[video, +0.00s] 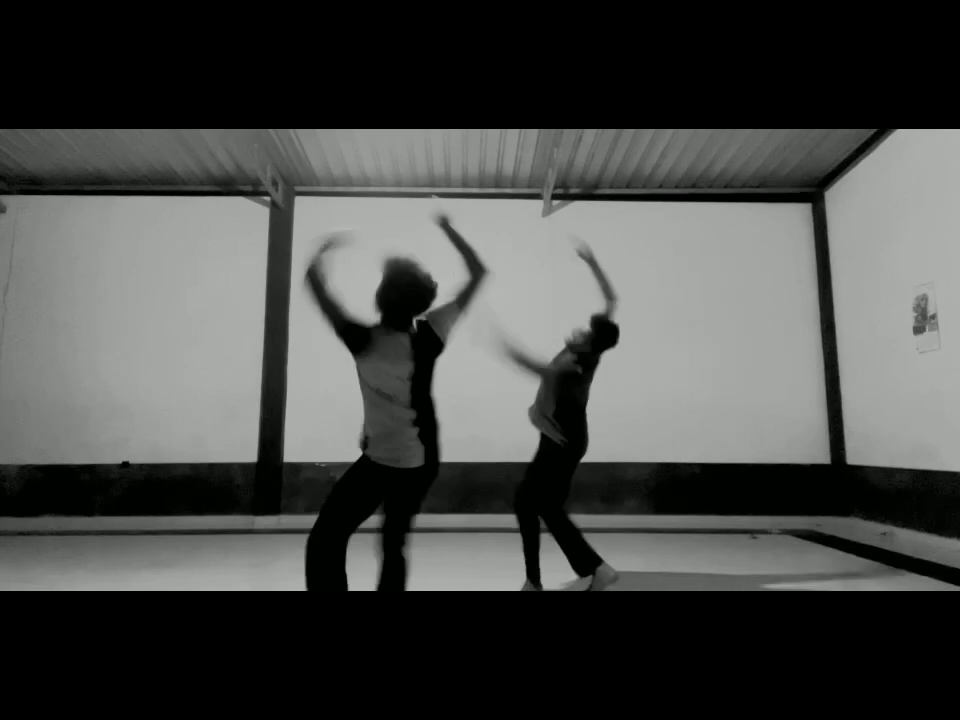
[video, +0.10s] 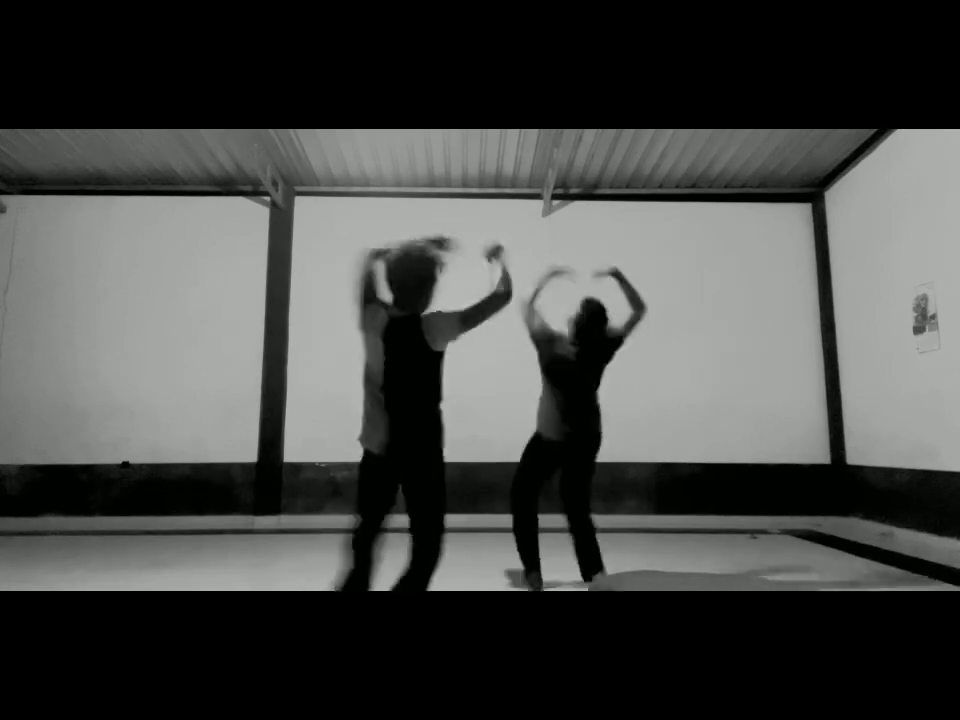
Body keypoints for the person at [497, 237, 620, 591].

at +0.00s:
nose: (578, 330)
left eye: (584, 332)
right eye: (583, 328)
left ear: (589, 344)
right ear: (593, 342)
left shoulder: (566, 367)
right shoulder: (589, 351)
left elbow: (536, 366)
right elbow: (610, 303)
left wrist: (508, 349)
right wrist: (592, 264)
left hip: (559, 444)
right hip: (567, 441)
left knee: (527, 502)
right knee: (547, 505)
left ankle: (531, 582)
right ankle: (594, 569)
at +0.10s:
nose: (574, 316)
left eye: (579, 313)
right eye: (581, 312)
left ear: (577, 323)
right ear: (602, 326)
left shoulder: (552, 348)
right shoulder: (603, 348)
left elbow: (529, 309)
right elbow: (639, 310)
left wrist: (546, 279)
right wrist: (618, 276)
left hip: (550, 439)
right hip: (585, 439)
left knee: (522, 497)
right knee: (577, 506)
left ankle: (532, 574)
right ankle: (595, 577)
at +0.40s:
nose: (602, 334)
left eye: (607, 329)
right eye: (597, 329)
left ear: (613, 332)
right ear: (587, 331)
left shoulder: (608, 366)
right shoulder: (582, 362)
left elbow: (625, 413)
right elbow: (614, 400)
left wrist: (663, 398)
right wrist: (654, 385)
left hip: (578, 439)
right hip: (556, 439)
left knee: (617, 502)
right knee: (595, 504)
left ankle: (607, 576)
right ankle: (574, 576)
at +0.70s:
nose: (607, 310)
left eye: (614, 307)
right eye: (607, 304)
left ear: (627, 316)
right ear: (604, 306)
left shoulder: (629, 352)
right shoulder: (578, 331)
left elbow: (673, 372)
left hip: (596, 425)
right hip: (558, 422)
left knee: (614, 495)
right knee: (559, 495)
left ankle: (609, 572)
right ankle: (569, 569)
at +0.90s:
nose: (599, 300)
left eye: (608, 298)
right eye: (602, 295)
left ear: (620, 311)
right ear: (601, 301)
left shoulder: (629, 343)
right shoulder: (577, 320)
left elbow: (680, 353)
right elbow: (548, 287)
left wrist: (732, 359)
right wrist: (519, 256)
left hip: (594, 427)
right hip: (559, 422)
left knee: (592, 501)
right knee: (556, 499)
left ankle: (593, 572)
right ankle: (554, 570)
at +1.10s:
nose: (597, 307)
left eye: (605, 305)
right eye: (598, 302)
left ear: (617, 314)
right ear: (595, 305)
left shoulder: (622, 347)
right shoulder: (571, 325)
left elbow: (658, 366)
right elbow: (534, 313)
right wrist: (540, 291)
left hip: (597, 424)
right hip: (562, 420)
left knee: (608, 491)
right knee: (558, 491)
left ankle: (602, 568)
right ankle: (558, 567)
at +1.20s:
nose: (603, 328)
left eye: (609, 324)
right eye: (600, 321)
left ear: (616, 329)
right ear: (592, 321)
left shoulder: (617, 363)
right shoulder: (568, 351)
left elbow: (623, 398)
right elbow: (550, 377)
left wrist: (601, 385)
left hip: (600, 433)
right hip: (565, 431)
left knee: (623, 493)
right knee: (555, 497)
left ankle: (612, 569)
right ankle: (558, 571)